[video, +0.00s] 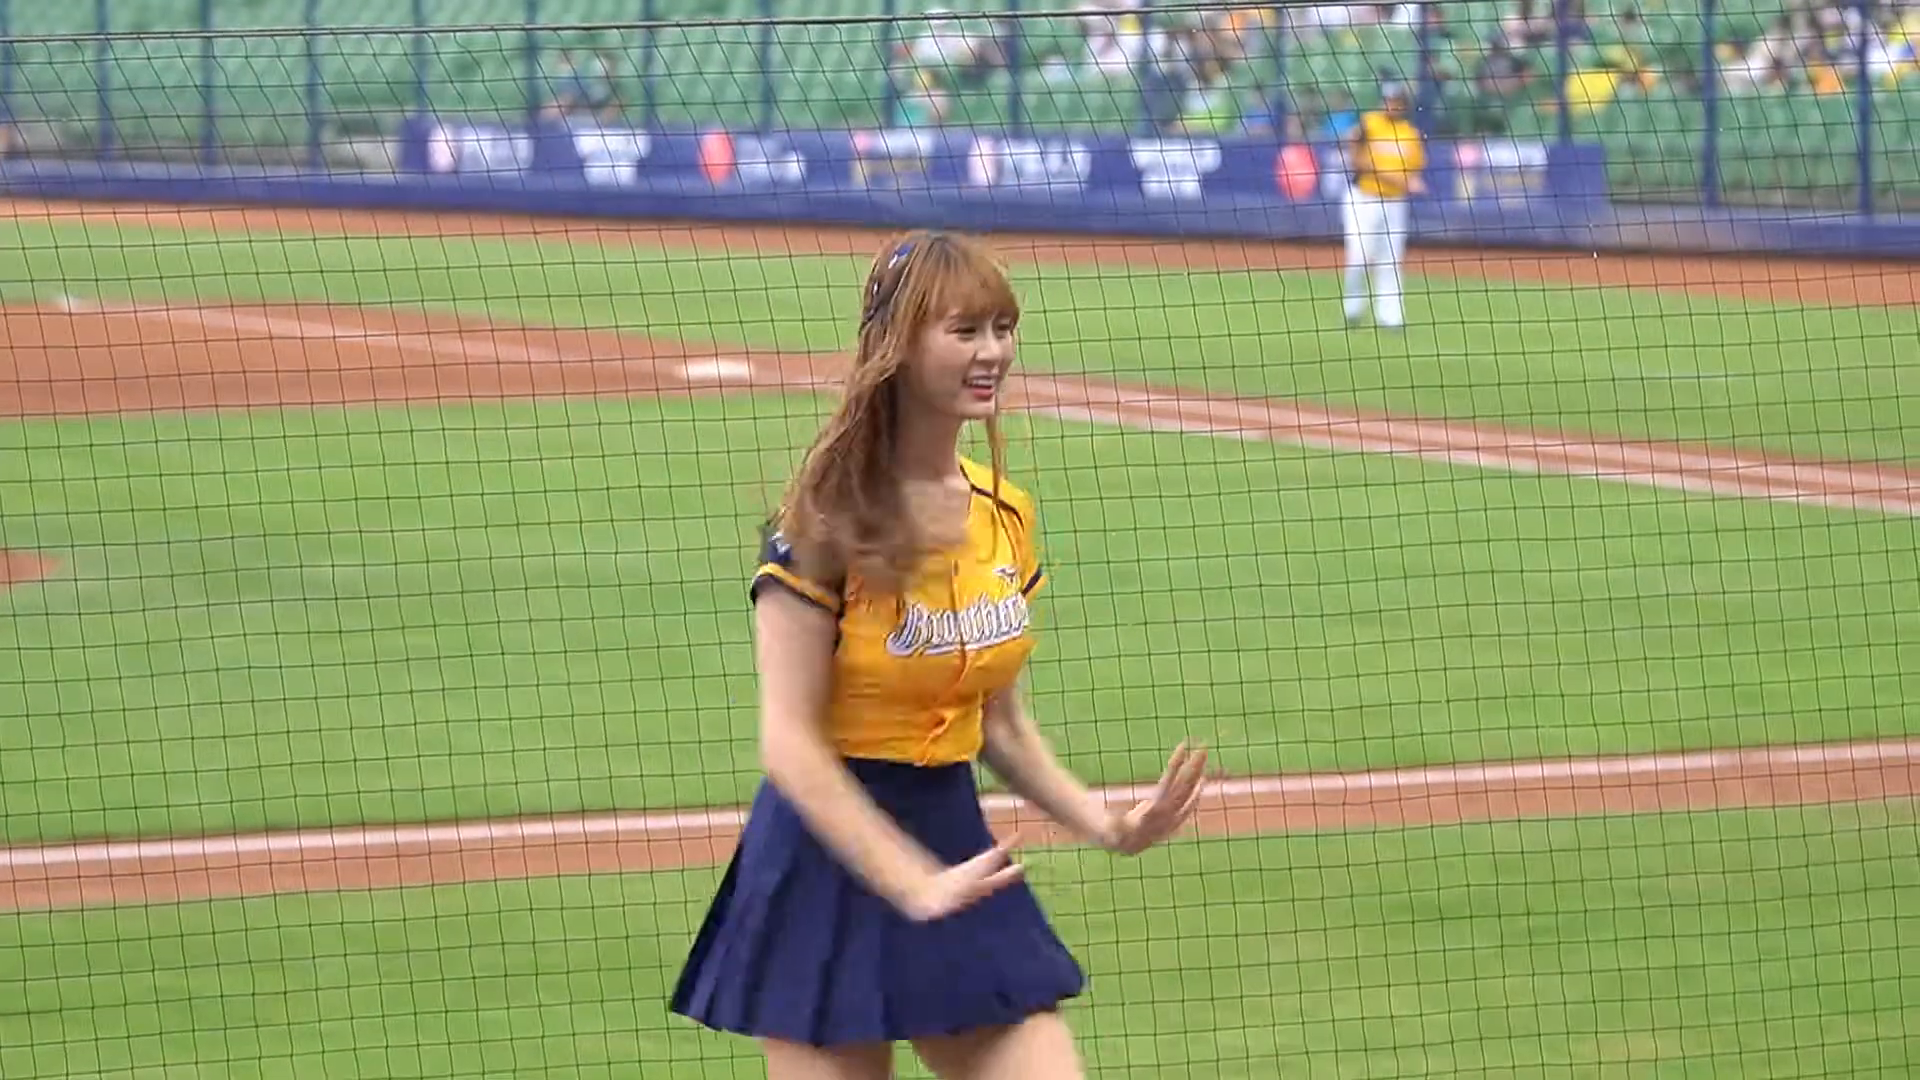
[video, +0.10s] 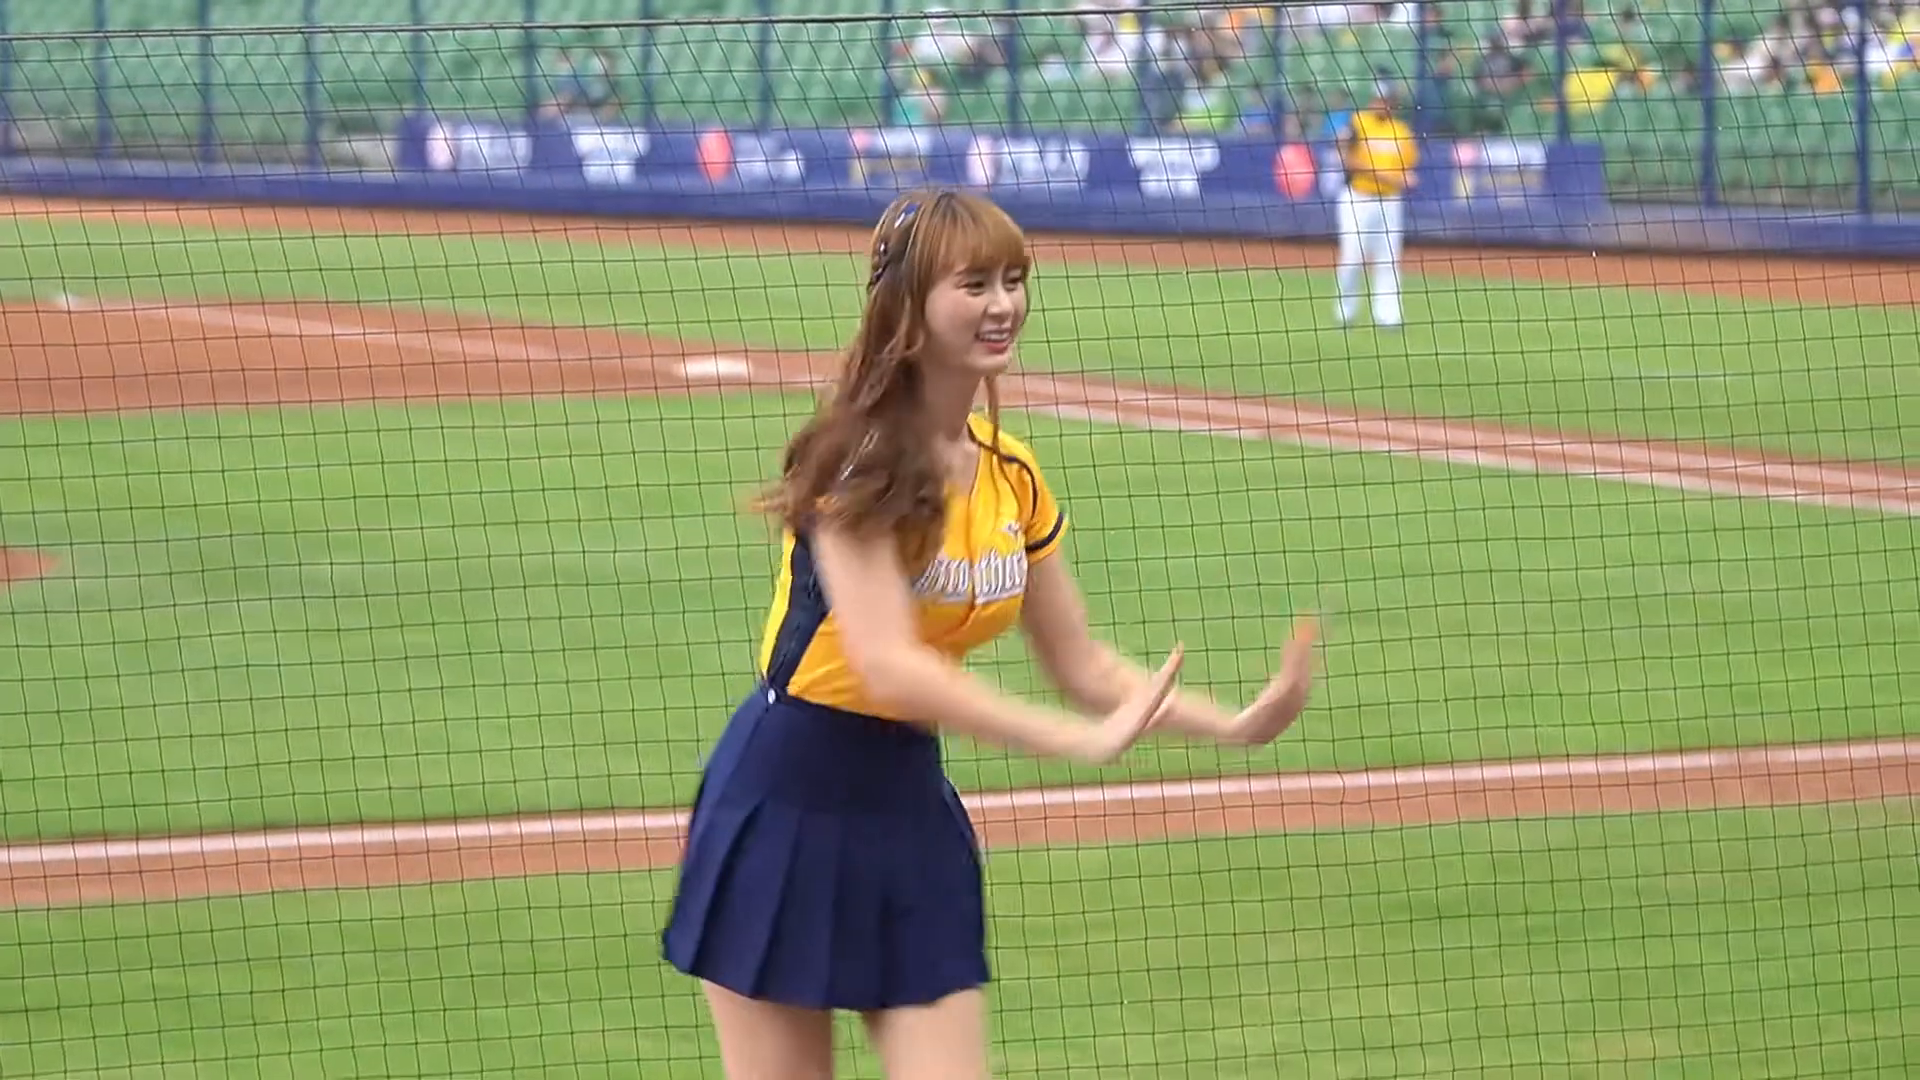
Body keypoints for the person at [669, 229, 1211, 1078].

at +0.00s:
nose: (994, 353)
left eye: (1003, 329)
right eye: (965, 330)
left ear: (1014, 339)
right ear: (895, 344)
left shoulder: (1004, 511)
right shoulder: (825, 519)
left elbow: (998, 715)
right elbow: (787, 741)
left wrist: (1097, 818)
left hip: (950, 830)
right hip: (827, 830)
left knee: (1047, 1061)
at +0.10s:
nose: (1004, 304)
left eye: (1015, 281)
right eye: (974, 283)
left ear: (1029, 293)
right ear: (910, 305)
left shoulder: (1012, 472)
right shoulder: (852, 462)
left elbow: (1080, 658)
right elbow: (887, 665)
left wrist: (1227, 725)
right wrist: (1080, 739)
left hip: (909, 793)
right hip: (783, 792)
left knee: (950, 1061)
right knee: (780, 1065)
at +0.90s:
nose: (939, 346)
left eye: (948, 325)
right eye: (911, 320)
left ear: (960, 348)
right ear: (838, 342)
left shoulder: (990, 468)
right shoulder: (769, 498)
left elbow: (1018, 578)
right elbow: (674, 663)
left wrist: (972, 639)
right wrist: (598, 692)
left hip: (939, 826)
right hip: (798, 824)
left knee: (925, 1059)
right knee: (777, 1059)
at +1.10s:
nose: (941, 307)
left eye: (952, 284)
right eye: (912, 284)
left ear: (965, 299)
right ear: (840, 301)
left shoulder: (991, 438)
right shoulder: (769, 467)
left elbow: (1038, 589)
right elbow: (677, 642)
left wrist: (1025, 704)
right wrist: (663, 732)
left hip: (948, 801)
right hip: (804, 804)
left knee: (944, 1062)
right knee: (810, 1062)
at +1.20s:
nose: (941, 330)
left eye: (951, 304)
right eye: (913, 306)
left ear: (965, 313)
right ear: (838, 318)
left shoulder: (987, 463)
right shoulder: (762, 485)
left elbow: (1025, 657)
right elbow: (699, 695)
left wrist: (1045, 788)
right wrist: (747, 810)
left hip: (956, 814)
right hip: (814, 818)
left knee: (973, 1057)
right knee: (837, 1057)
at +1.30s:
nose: (943, 374)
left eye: (953, 349)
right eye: (914, 352)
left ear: (967, 356)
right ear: (844, 369)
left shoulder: (970, 516)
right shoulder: (778, 531)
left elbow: (1015, 708)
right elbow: (768, 752)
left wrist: (1077, 856)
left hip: (948, 840)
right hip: (823, 840)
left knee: (986, 1054)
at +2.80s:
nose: (1124, 210)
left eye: (1146, 184)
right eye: (1093, 185)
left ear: (1169, 194)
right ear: (1038, 200)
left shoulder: (1186, 314)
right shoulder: (980, 333)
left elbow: (1265, 187)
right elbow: (781, 278)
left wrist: (1332, 65)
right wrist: (616, 189)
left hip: (1160, 719)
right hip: (1025, 714)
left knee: (1224, 1067)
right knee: (947, 1065)